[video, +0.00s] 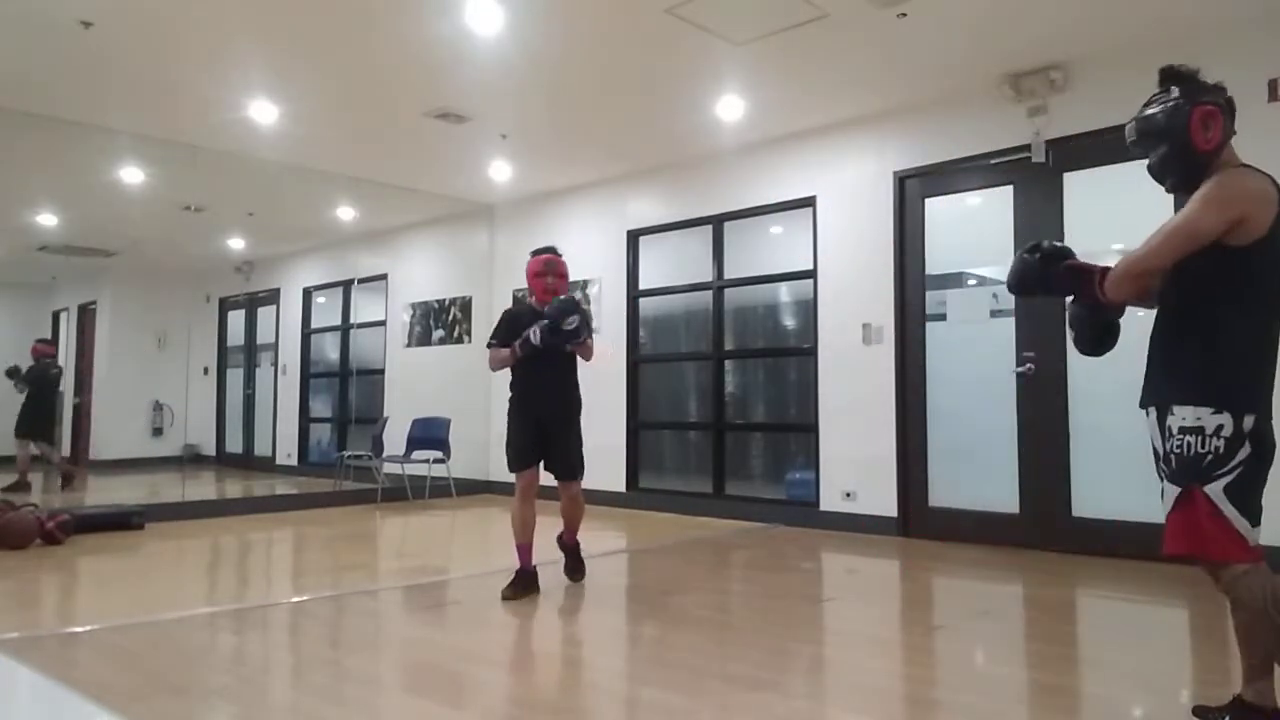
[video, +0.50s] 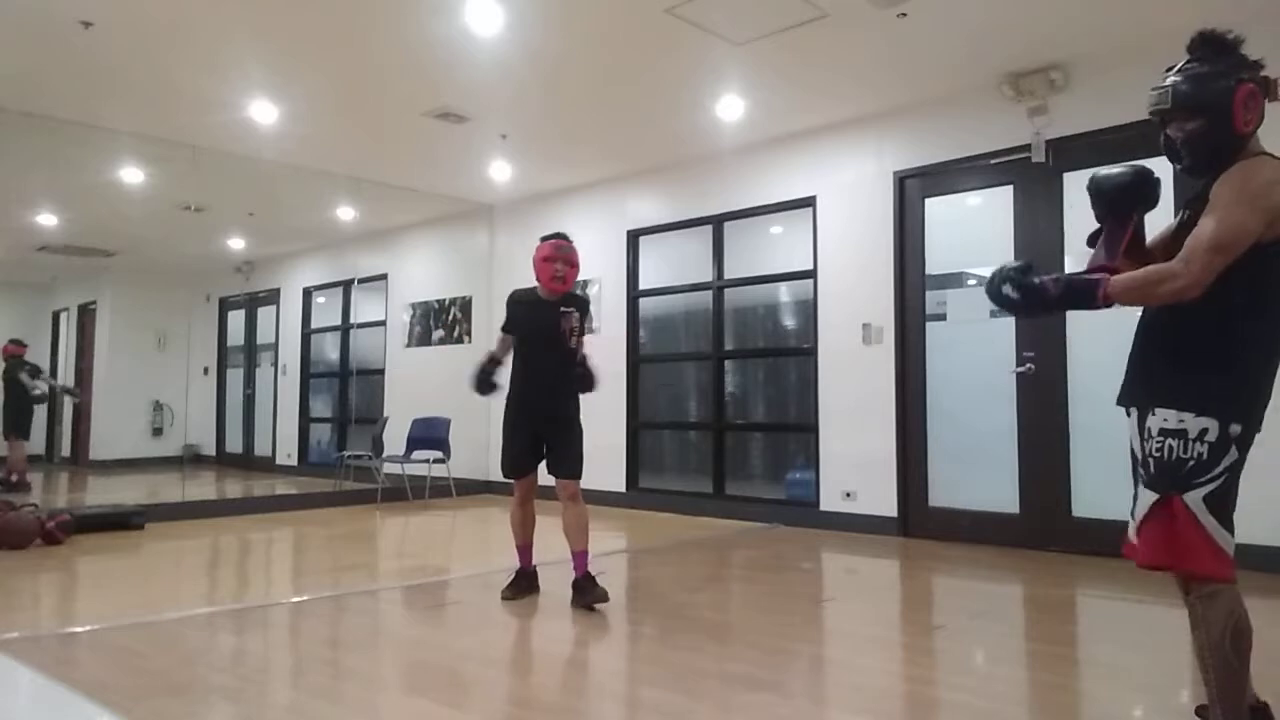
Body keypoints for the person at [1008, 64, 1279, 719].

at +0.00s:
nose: (1153, 153)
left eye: (1163, 134)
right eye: (1150, 139)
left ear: (1208, 126)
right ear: (1205, 132)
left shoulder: (1236, 189)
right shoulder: (1215, 197)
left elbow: (1135, 276)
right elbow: (1171, 285)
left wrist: (1101, 293)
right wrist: (1081, 275)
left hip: (1222, 404)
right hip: (1209, 402)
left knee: (1230, 554)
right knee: (1231, 553)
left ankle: (1262, 696)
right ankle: (1259, 693)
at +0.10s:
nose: (1158, 150)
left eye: (1170, 132)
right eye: (1154, 136)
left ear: (1218, 124)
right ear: (1209, 130)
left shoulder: (1245, 188)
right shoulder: (1213, 195)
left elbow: (1144, 272)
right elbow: (1170, 276)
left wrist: (1103, 295)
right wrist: (1099, 282)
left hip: (1223, 402)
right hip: (1204, 399)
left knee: (1225, 554)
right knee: (1224, 552)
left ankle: (1260, 699)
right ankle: (1260, 695)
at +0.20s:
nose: (1161, 147)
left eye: (1174, 129)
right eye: (1158, 132)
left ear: (1224, 122)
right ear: (1212, 128)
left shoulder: (1250, 187)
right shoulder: (1206, 195)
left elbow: (1168, 264)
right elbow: (1163, 264)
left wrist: (1107, 301)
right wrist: (1101, 280)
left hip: (1220, 403)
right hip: (1192, 400)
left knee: (1223, 555)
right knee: (1220, 553)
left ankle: (1264, 703)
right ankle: (1259, 695)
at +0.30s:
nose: (1164, 145)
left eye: (1177, 127)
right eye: (1159, 130)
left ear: (1230, 119)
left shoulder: (1254, 186)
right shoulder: (1203, 197)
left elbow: (1175, 272)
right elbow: (1148, 264)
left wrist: (1105, 301)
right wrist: (1097, 262)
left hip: (1221, 406)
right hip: (1186, 402)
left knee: (1216, 560)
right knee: (1213, 558)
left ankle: (1237, 707)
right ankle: (1242, 701)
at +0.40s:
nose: (1169, 140)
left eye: (1183, 122)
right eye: (1162, 126)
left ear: (1235, 113)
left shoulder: (1254, 184)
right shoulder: (1207, 192)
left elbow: (1182, 277)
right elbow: (1146, 276)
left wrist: (1078, 304)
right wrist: (1120, 245)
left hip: (1215, 402)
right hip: (1177, 398)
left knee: (1203, 557)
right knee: (1194, 554)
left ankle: (1239, 709)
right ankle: (1228, 698)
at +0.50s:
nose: (1171, 132)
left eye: (1188, 115)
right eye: (1167, 118)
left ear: (1240, 111)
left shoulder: (1253, 180)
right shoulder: (1215, 189)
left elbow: (1186, 279)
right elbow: (1141, 275)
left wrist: (1069, 293)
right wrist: (1117, 232)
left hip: (1210, 399)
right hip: (1178, 394)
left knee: (1199, 557)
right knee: (1193, 556)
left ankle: (1234, 709)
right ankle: (1224, 701)